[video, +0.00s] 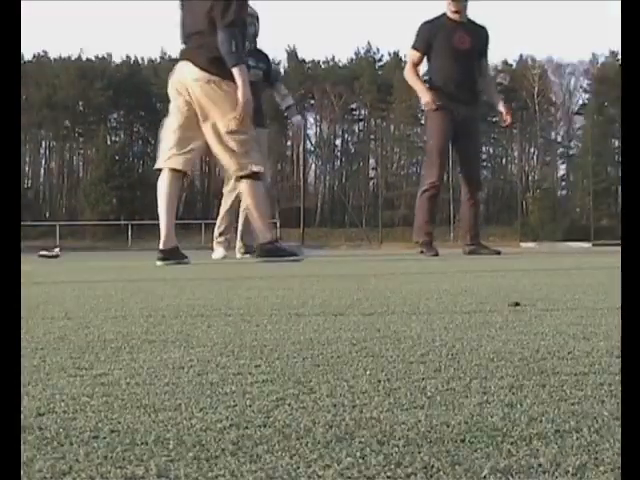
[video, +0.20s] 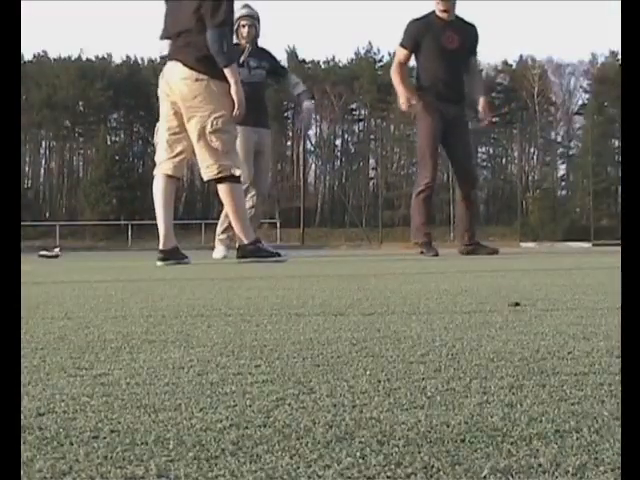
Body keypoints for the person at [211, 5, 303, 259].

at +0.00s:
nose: (250, 31)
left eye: (253, 25)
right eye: (246, 24)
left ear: (258, 28)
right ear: (235, 26)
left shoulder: (262, 59)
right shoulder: (223, 60)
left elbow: (279, 90)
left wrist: (293, 114)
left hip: (261, 127)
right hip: (231, 128)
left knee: (255, 182)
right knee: (233, 183)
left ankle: (247, 241)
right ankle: (221, 242)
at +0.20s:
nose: (247, 30)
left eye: (252, 26)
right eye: (243, 26)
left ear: (258, 30)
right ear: (236, 29)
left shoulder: (265, 57)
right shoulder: (226, 55)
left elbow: (290, 81)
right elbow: (213, 85)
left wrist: (305, 99)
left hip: (264, 128)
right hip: (239, 126)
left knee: (262, 187)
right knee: (241, 182)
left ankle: (245, 238)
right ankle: (223, 241)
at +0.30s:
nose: (248, 30)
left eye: (252, 26)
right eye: (243, 26)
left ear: (259, 30)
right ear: (237, 29)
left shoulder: (265, 56)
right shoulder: (227, 55)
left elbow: (293, 76)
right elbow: (209, 83)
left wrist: (310, 92)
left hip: (265, 127)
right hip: (240, 126)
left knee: (262, 188)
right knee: (245, 182)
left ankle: (247, 238)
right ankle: (224, 240)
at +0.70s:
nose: (253, 36)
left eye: (256, 31)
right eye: (248, 31)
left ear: (262, 34)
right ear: (240, 34)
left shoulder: (269, 62)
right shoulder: (231, 60)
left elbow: (287, 87)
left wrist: (315, 81)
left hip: (263, 126)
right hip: (238, 126)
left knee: (262, 182)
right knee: (269, 180)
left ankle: (250, 237)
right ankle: (227, 228)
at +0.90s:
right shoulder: (259, 5)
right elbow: (287, 40)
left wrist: (301, 103)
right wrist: (317, 78)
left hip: (205, 81)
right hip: (240, 86)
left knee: (217, 172)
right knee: (270, 167)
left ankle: (180, 230)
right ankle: (252, 237)